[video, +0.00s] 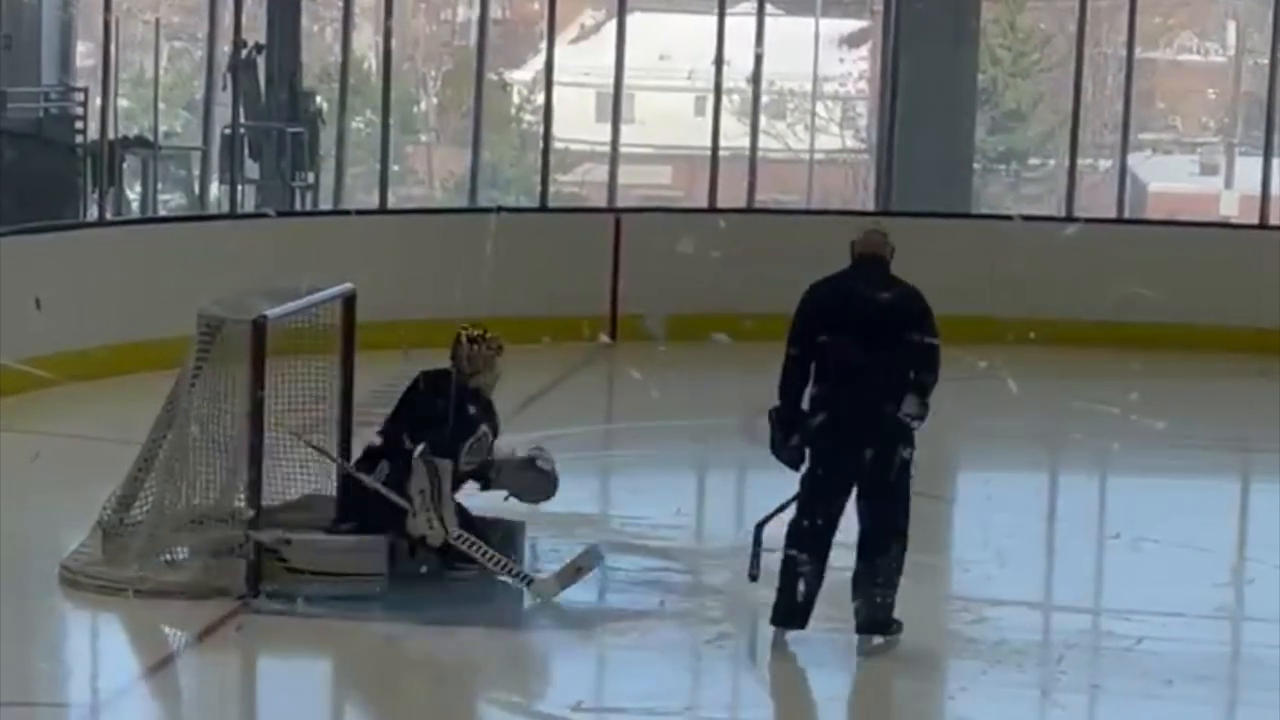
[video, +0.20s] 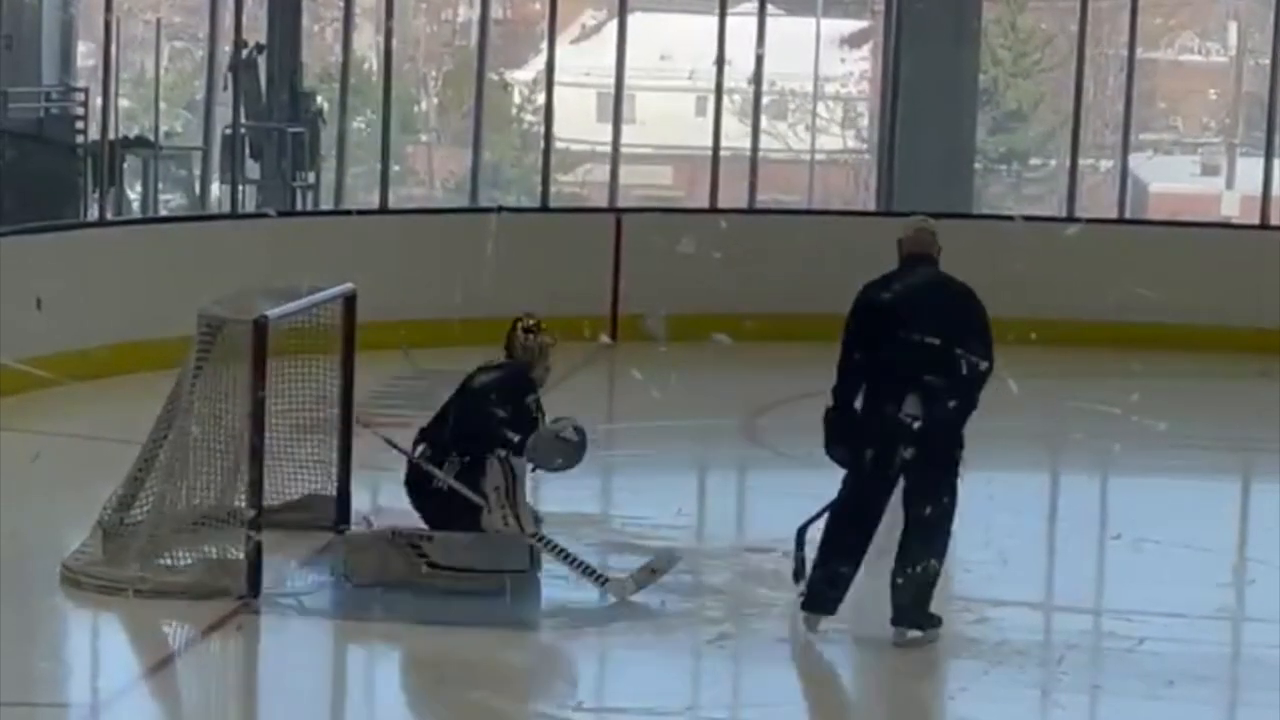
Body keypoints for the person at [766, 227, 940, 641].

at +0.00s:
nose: (877, 261)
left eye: (868, 252)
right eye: (886, 254)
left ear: (852, 255)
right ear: (890, 258)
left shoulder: (821, 294)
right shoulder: (910, 301)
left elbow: (796, 364)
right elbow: (926, 365)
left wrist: (787, 422)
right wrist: (909, 415)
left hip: (832, 427)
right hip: (888, 433)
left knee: (814, 517)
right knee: (884, 526)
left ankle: (789, 609)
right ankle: (874, 618)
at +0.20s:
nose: (916, 261)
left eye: (908, 253)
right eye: (928, 254)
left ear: (899, 253)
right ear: (938, 255)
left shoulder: (876, 293)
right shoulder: (965, 300)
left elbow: (852, 363)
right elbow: (978, 366)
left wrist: (839, 420)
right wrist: (954, 416)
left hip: (880, 427)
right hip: (938, 435)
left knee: (855, 511)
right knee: (928, 523)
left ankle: (818, 602)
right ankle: (910, 616)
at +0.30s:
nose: (927, 258)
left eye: (923, 251)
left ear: (922, 251)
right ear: (960, 252)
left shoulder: (899, 292)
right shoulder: (988, 297)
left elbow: (874, 365)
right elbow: (1004, 365)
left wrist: (863, 423)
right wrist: (973, 415)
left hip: (901, 426)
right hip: (957, 432)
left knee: (882, 509)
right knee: (948, 522)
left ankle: (853, 597)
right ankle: (930, 612)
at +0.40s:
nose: (943, 255)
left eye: (943, 248)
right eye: (952, 248)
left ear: (943, 249)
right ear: (980, 251)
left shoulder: (920, 292)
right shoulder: (1009, 295)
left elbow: (896, 362)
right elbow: (1028, 358)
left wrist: (886, 420)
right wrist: (995, 405)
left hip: (923, 425)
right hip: (977, 429)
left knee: (910, 507)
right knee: (967, 515)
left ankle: (894, 601)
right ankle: (952, 609)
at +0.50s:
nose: (958, 250)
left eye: (959, 243)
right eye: (967, 243)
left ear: (961, 246)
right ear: (998, 247)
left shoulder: (939, 290)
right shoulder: (1026, 292)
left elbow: (916, 360)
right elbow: (1048, 354)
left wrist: (908, 427)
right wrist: (1018, 404)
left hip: (946, 419)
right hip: (998, 422)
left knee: (937, 505)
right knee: (988, 511)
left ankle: (930, 600)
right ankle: (975, 609)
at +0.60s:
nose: (973, 249)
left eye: (974, 243)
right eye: (978, 242)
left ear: (977, 246)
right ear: (1013, 246)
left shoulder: (955, 288)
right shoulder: (1039, 288)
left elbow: (935, 356)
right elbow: (1067, 350)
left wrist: (928, 415)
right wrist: (1036, 403)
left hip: (963, 418)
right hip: (1015, 421)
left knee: (960, 503)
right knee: (1010, 509)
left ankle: (957, 599)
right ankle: (997, 607)